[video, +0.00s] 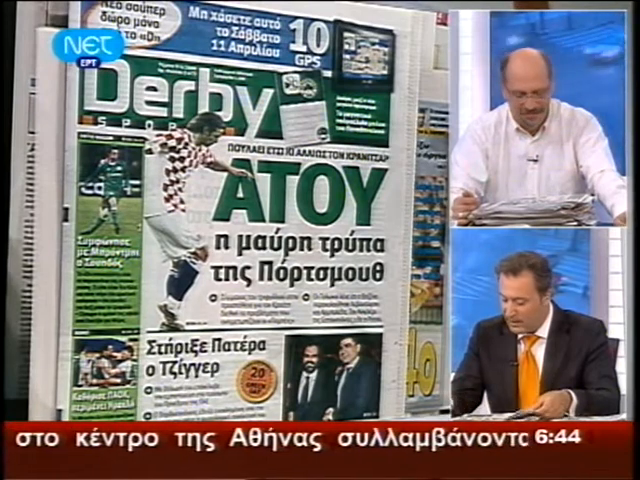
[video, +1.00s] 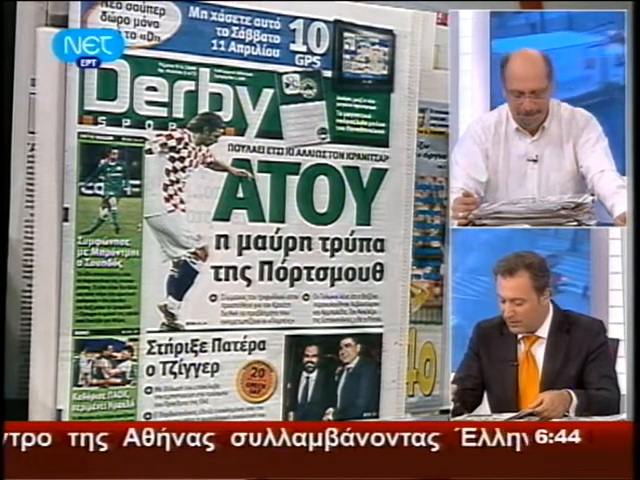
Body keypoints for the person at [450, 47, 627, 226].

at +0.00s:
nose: (530, 105)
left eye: (539, 94)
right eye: (520, 95)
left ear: (551, 86)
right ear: (504, 90)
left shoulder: (580, 124)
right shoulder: (482, 131)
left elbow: (604, 174)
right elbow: (462, 187)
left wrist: (624, 211)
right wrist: (462, 208)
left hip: (567, 246)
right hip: (499, 246)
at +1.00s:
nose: (527, 106)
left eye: (536, 95)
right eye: (518, 95)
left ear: (551, 87)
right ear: (505, 90)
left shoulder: (579, 124)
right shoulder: (482, 131)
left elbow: (604, 174)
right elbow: (462, 188)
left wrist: (624, 212)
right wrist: (462, 208)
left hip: (567, 244)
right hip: (499, 244)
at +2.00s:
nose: (526, 106)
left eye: (536, 96)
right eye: (517, 96)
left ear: (550, 88)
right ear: (504, 90)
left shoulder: (579, 124)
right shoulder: (482, 130)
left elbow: (603, 174)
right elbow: (462, 188)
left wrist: (624, 212)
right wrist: (462, 208)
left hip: (567, 244)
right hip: (499, 244)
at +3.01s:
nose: (548, 96)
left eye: (553, 84)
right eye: (536, 88)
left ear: (559, 81)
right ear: (511, 89)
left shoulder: (581, 124)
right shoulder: (484, 130)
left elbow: (604, 173)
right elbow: (463, 186)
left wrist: (624, 210)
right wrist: (463, 208)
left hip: (568, 245)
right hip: (500, 245)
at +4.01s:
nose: (533, 99)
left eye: (542, 88)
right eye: (523, 89)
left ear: (554, 82)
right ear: (507, 86)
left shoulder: (582, 123)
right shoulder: (485, 129)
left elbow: (605, 173)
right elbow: (462, 188)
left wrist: (624, 211)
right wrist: (462, 208)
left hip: (569, 244)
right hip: (501, 245)